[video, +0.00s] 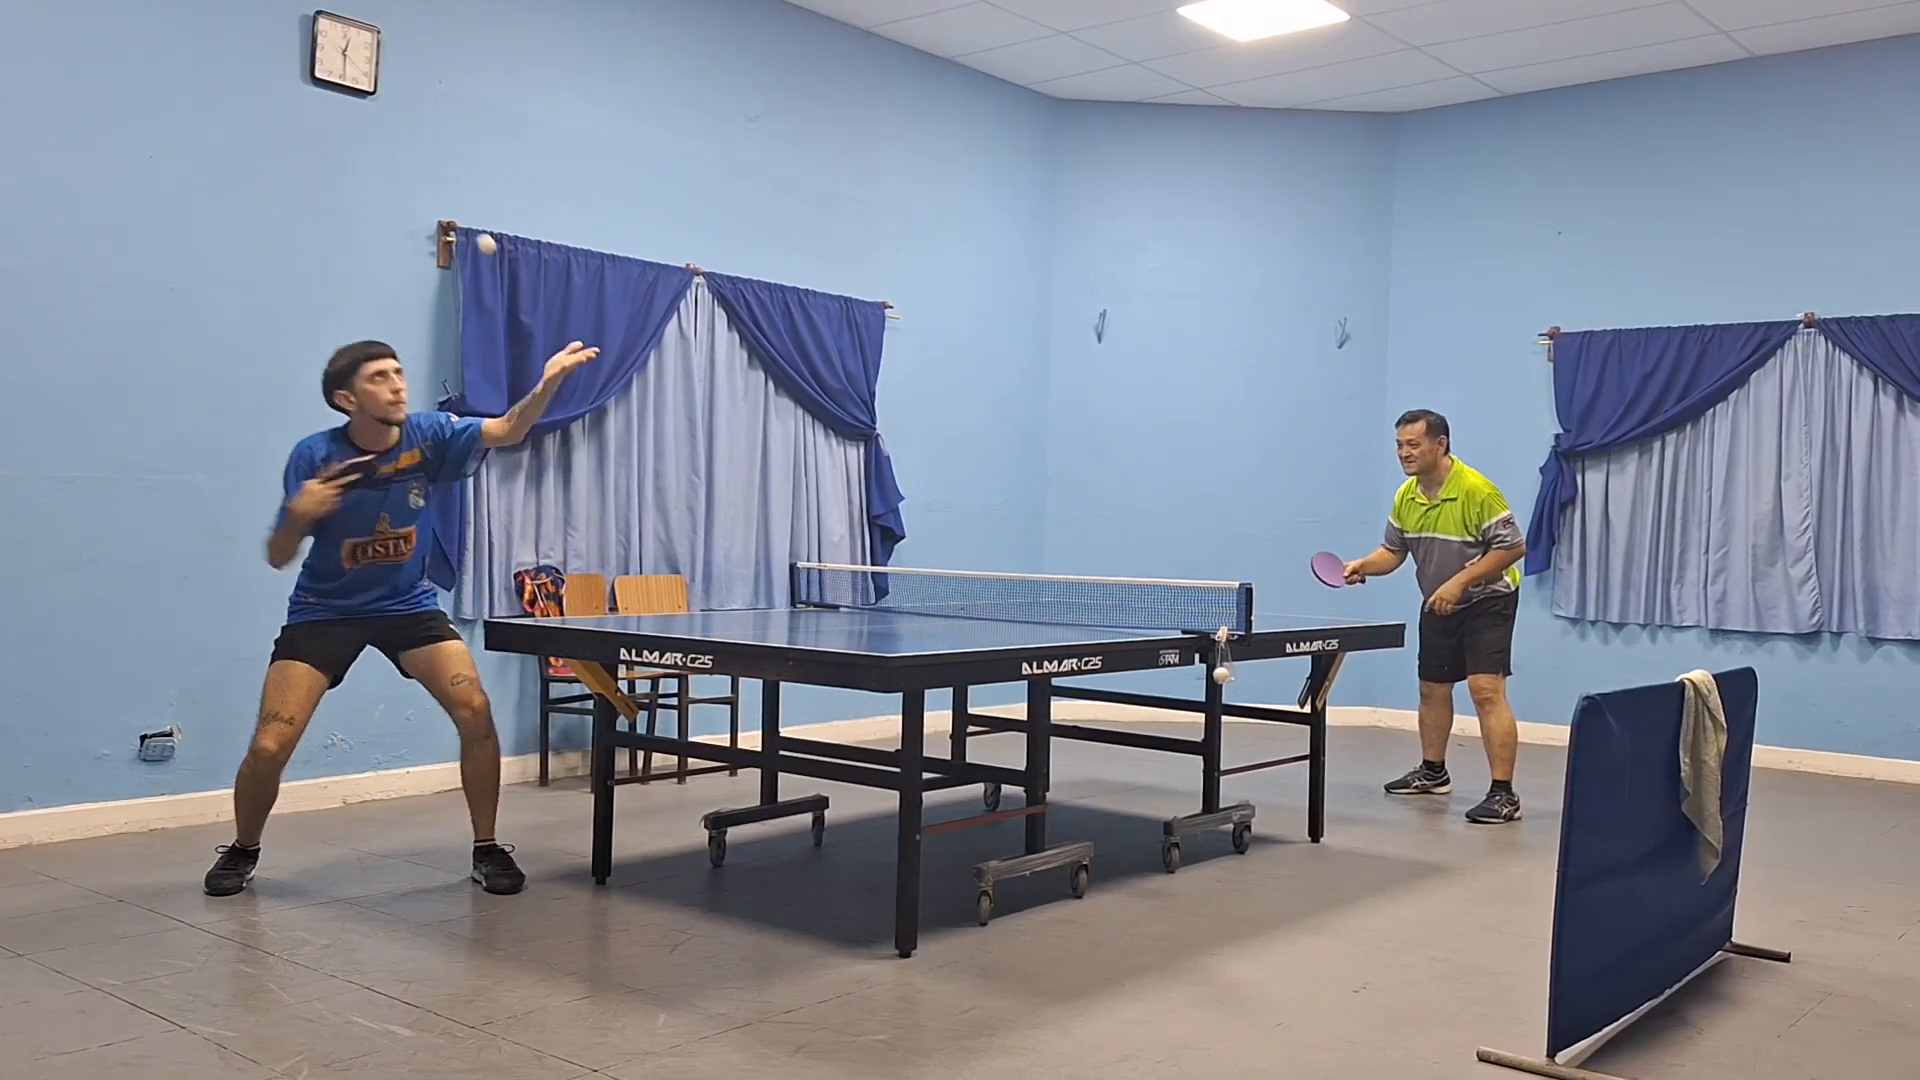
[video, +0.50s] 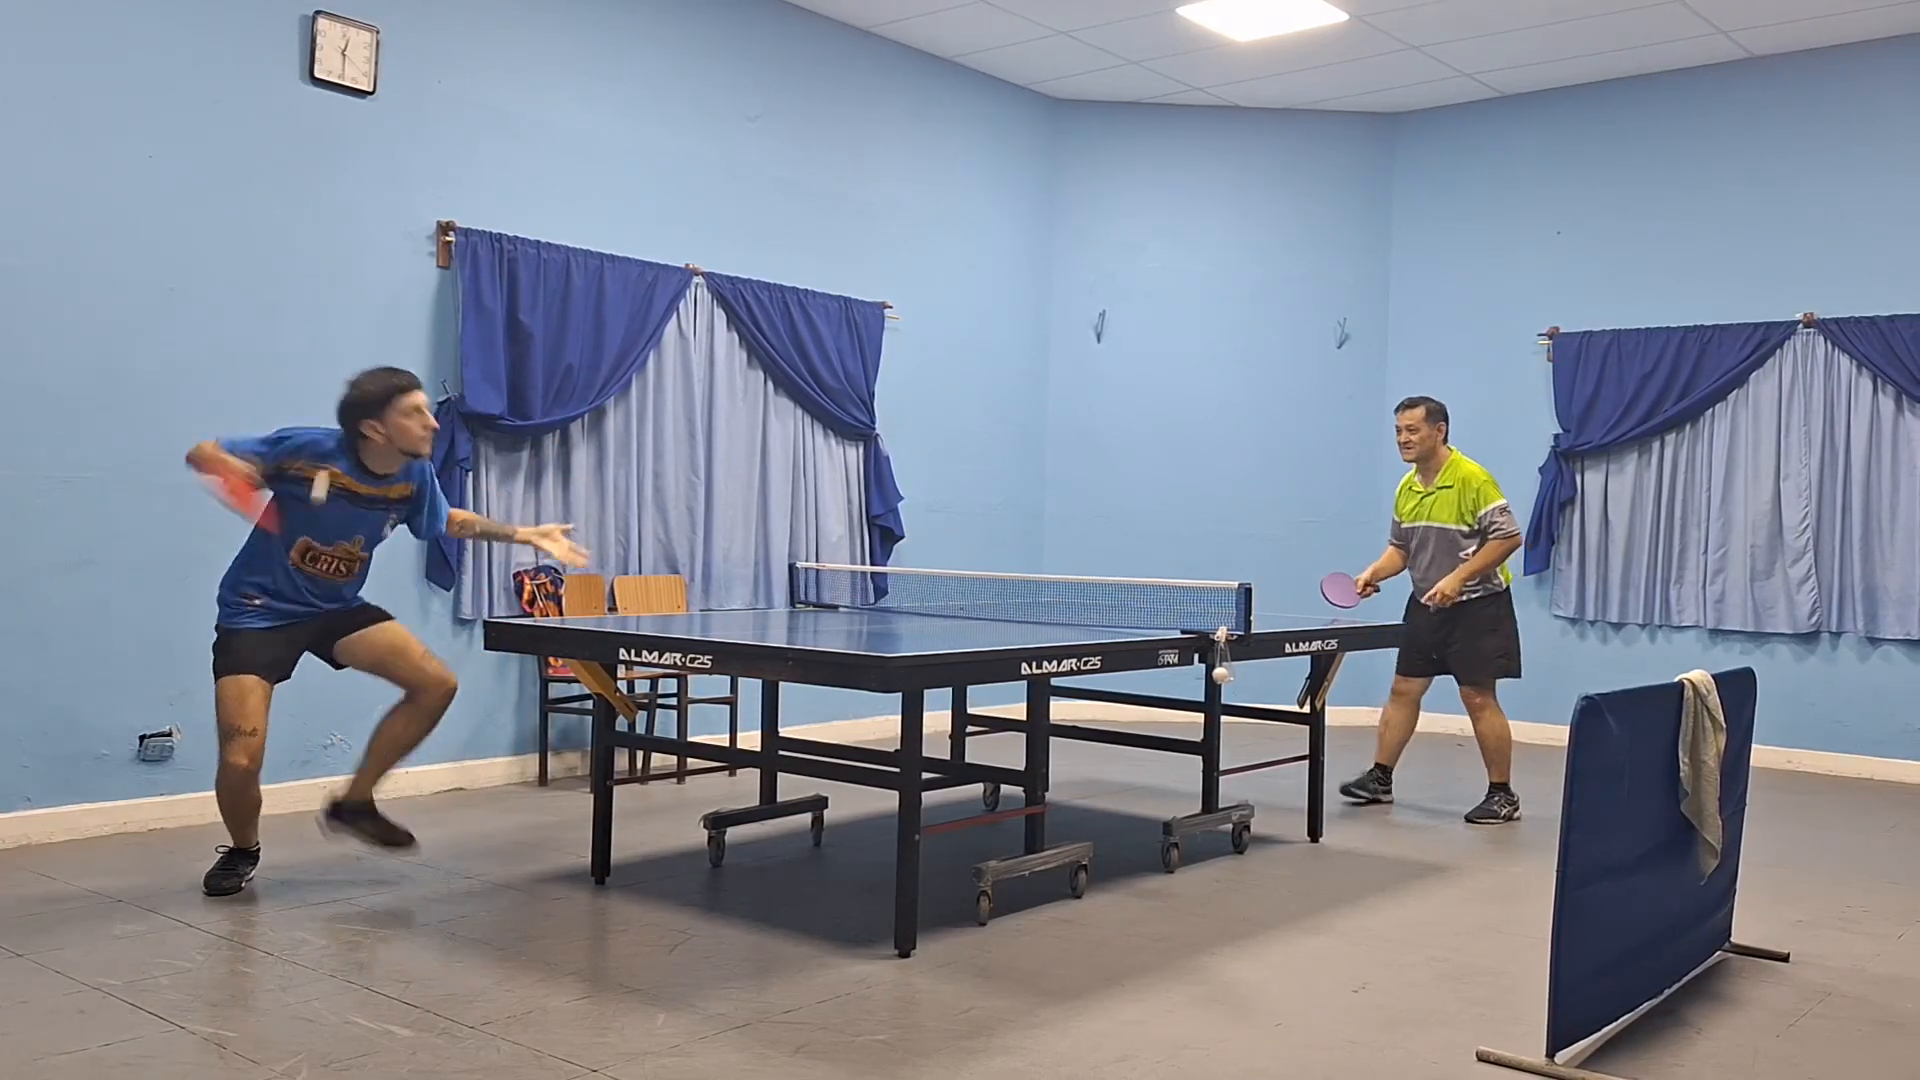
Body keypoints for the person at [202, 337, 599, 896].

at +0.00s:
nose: (396, 385)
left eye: (398, 375)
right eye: (379, 378)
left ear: (405, 385)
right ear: (345, 398)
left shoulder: (431, 433)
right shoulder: (314, 455)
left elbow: (509, 428)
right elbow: (278, 556)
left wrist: (548, 380)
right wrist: (298, 516)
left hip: (408, 604)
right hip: (324, 609)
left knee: (474, 708)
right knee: (268, 747)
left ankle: (487, 849)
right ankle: (243, 849)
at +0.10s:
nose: (370, 373)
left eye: (372, 363)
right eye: (352, 367)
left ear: (381, 375)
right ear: (320, 389)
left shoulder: (413, 429)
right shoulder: (289, 448)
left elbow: (505, 437)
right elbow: (227, 522)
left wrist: (555, 401)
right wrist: (213, 498)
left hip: (394, 600)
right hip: (308, 605)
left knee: (454, 703)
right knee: (260, 738)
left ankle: (485, 849)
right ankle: (241, 851)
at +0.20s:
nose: (357, 367)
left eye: (358, 357)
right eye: (339, 360)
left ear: (366, 370)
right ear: (304, 385)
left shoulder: (400, 431)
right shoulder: (276, 441)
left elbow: (496, 453)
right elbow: (196, 478)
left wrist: (558, 427)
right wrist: (159, 456)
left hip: (375, 598)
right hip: (288, 602)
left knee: (443, 703)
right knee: (246, 739)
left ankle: (480, 845)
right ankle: (243, 850)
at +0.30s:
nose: (361, 371)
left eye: (362, 361)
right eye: (344, 366)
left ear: (367, 374)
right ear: (309, 388)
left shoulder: (395, 437)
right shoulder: (273, 438)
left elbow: (473, 475)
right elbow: (180, 465)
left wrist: (552, 463)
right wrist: (115, 419)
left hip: (358, 596)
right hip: (274, 599)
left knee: (445, 691)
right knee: (239, 737)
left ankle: (449, 828)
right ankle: (241, 851)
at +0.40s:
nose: (387, 386)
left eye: (384, 376)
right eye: (371, 381)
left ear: (382, 390)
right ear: (334, 403)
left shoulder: (402, 451)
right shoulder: (284, 445)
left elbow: (456, 501)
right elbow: (185, 476)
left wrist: (538, 503)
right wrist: (122, 416)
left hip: (347, 596)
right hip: (266, 600)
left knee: (447, 672)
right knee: (235, 747)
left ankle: (382, 786)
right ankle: (242, 851)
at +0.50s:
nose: (432, 422)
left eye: (428, 411)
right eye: (417, 414)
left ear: (384, 430)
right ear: (374, 430)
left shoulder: (416, 474)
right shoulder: (308, 449)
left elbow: (448, 521)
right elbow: (200, 453)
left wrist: (523, 533)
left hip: (335, 609)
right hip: (257, 610)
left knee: (435, 684)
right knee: (240, 759)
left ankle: (353, 802)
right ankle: (242, 849)